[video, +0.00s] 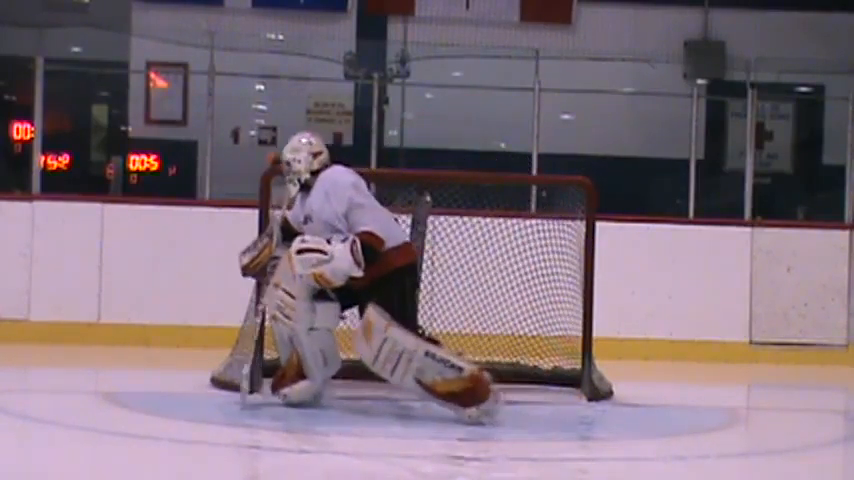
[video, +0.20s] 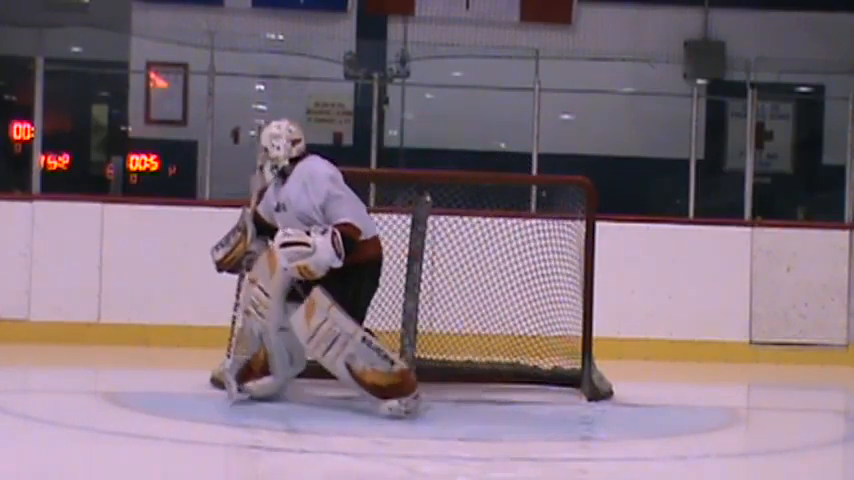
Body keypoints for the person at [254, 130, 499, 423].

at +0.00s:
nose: (291, 170)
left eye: (294, 163)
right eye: (288, 164)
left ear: (310, 159)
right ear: (311, 158)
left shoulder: (337, 180)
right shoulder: (305, 195)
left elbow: (375, 229)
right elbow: (289, 227)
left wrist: (344, 256)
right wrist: (264, 250)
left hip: (393, 262)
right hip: (359, 269)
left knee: (391, 340)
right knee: (303, 306)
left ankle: (468, 388)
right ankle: (307, 375)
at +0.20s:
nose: (270, 155)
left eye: (275, 147)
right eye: (267, 148)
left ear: (289, 147)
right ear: (263, 150)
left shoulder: (315, 171)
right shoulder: (275, 186)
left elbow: (353, 224)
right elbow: (259, 224)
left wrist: (323, 250)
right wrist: (238, 250)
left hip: (358, 256)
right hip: (322, 258)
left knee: (333, 329)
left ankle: (399, 387)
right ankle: (260, 369)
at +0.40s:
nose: (264, 147)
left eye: (268, 140)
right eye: (262, 141)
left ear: (286, 139)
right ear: (264, 141)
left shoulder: (318, 168)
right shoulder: (267, 169)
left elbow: (351, 213)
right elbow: (258, 215)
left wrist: (329, 238)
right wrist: (243, 245)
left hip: (336, 257)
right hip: (289, 258)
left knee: (306, 317)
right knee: (264, 310)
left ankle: (351, 383)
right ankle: (254, 372)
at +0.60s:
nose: (283, 147)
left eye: (290, 141)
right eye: (281, 140)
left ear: (309, 141)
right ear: (277, 139)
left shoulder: (334, 167)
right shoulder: (270, 169)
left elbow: (366, 204)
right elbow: (253, 216)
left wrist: (360, 237)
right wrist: (231, 249)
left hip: (336, 259)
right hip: (287, 260)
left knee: (330, 320)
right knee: (263, 314)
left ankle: (355, 387)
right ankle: (256, 378)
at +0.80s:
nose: (342, 171)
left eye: (351, 165)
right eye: (336, 164)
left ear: (363, 167)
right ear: (327, 162)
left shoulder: (378, 198)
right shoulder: (295, 188)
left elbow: (407, 223)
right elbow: (269, 231)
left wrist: (412, 246)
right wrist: (254, 267)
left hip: (362, 270)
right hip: (311, 270)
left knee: (368, 326)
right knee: (287, 322)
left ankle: (387, 391)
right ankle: (277, 382)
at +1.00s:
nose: (410, 175)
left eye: (417, 169)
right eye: (403, 167)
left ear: (429, 170)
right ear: (390, 166)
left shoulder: (444, 206)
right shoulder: (359, 189)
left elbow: (461, 254)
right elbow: (324, 230)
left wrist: (474, 244)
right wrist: (310, 266)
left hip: (405, 278)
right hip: (354, 271)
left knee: (423, 328)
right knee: (321, 324)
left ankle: (441, 391)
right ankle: (282, 374)